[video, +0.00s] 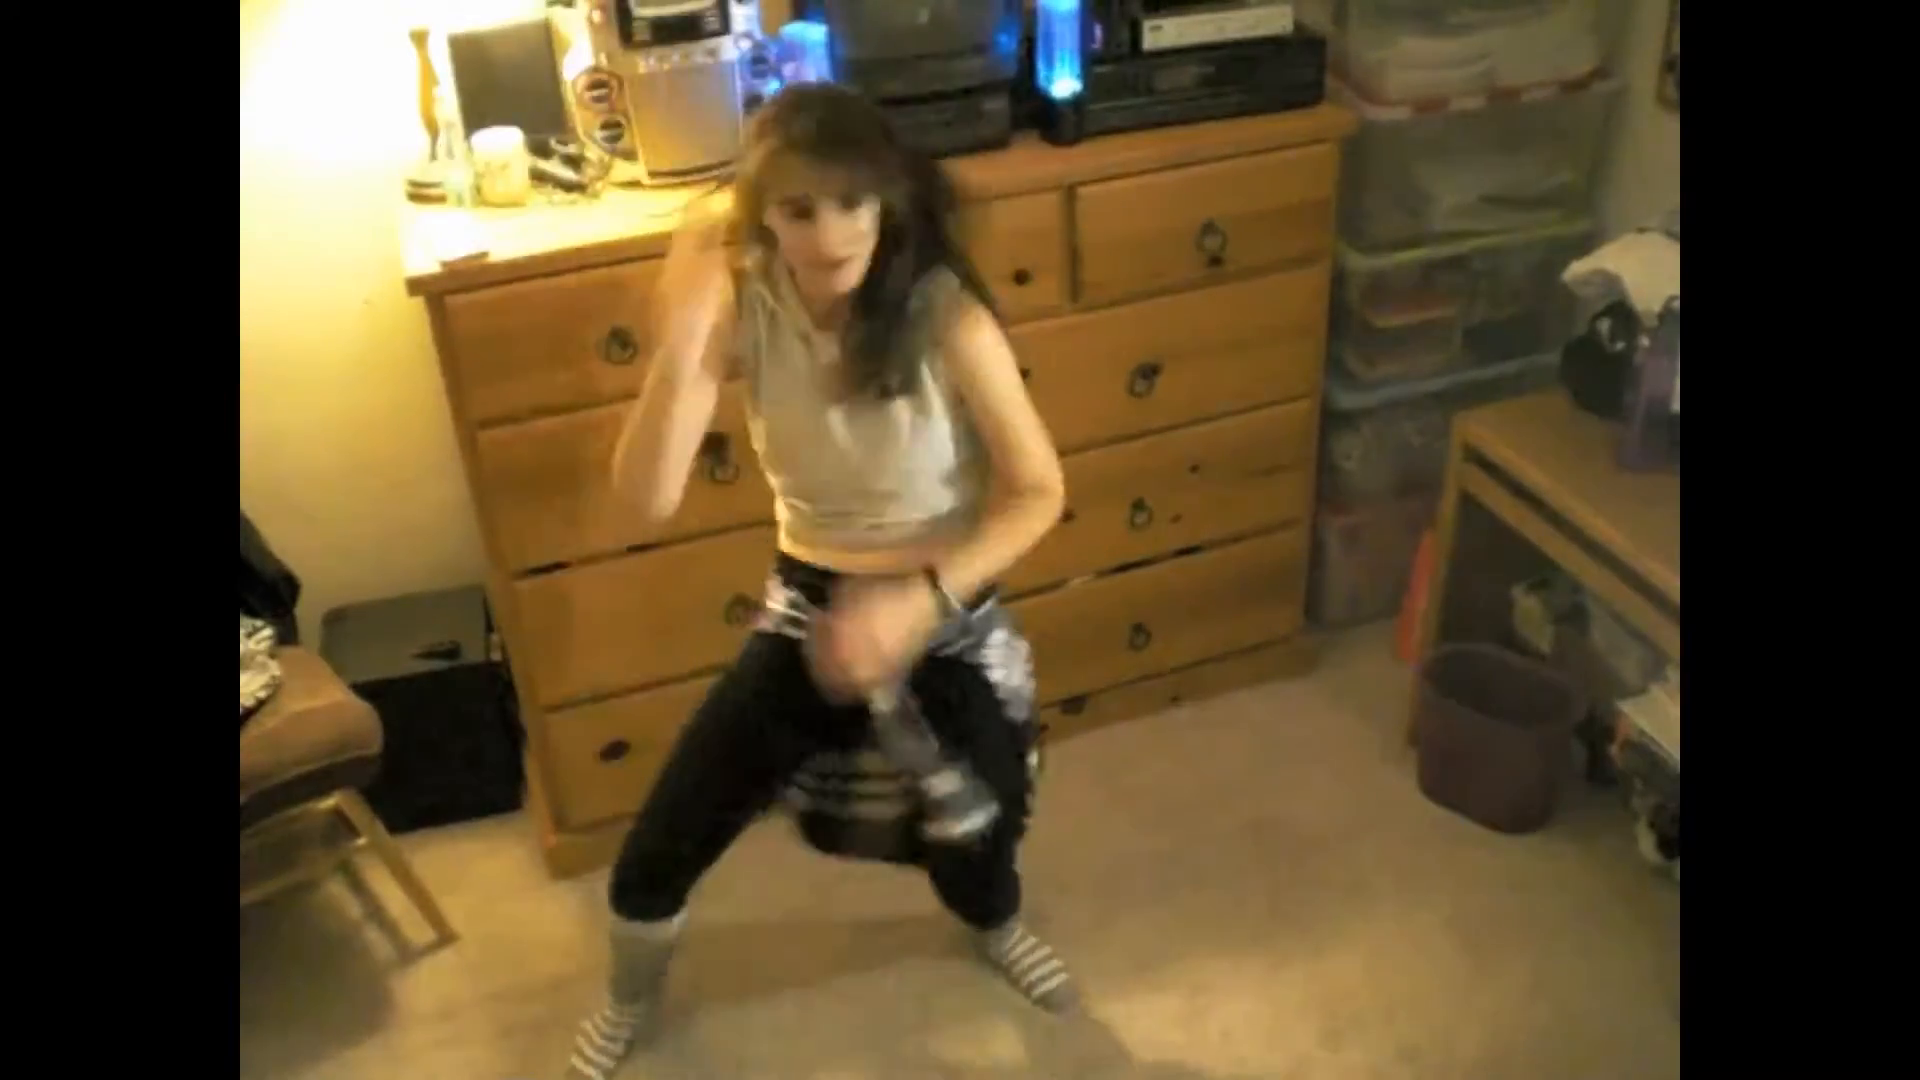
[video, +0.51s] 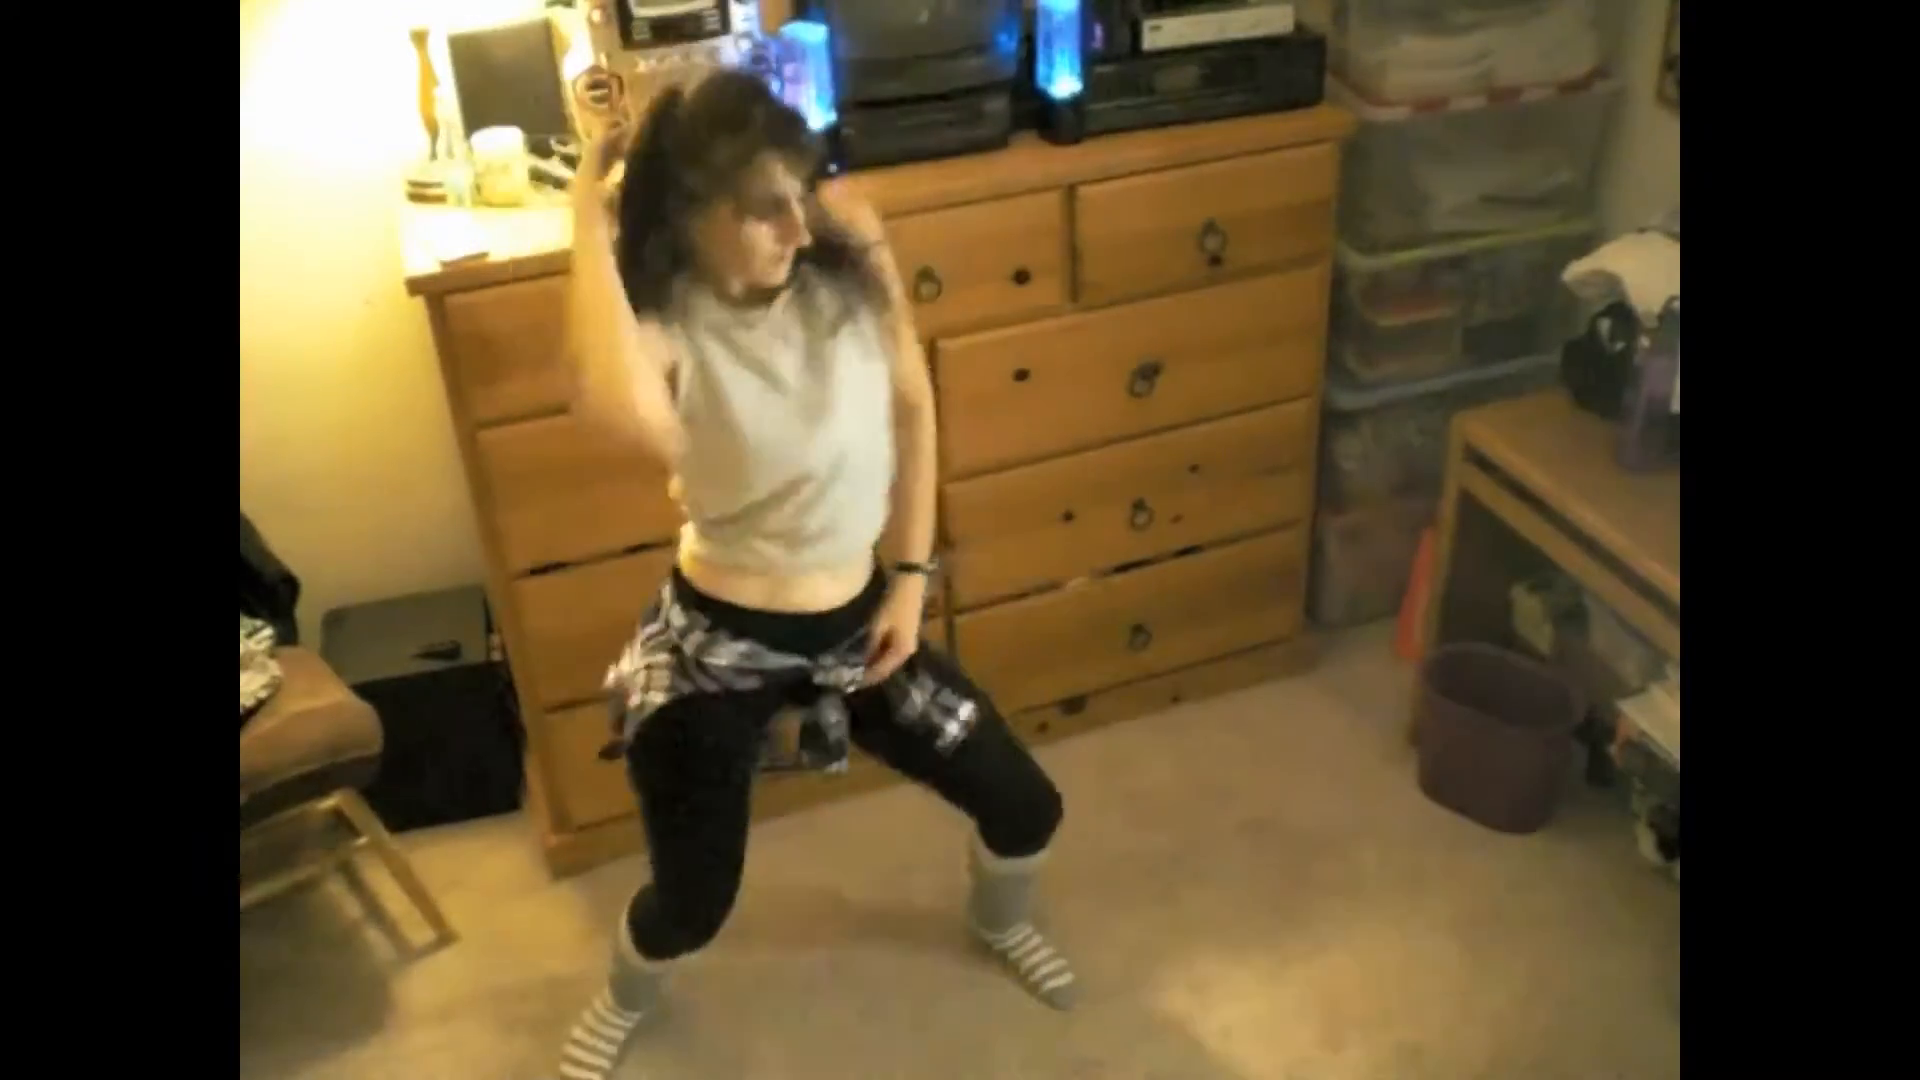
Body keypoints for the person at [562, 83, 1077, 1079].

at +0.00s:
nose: (828, 234)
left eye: (850, 204)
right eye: (798, 211)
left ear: (889, 205)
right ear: (763, 219)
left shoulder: (944, 316)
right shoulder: (743, 317)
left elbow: (1036, 490)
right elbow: (645, 505)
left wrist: (922, 598)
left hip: (946, 610)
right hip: (808, 611)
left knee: (978, 863)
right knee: (652, 865)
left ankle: (1001, 933)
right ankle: (627, 1010)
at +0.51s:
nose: (795, 228)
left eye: (800, 200)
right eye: (761, 211)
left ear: (812, 189)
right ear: (685, 220)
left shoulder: (852, 271)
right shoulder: (662, 325)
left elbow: (914, 406)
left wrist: (910, 574)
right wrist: (594, 240)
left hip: (859, 627)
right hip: (716, 646)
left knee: (1026, 810)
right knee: (693, 903)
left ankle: (1001, 920)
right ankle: (618, 1003)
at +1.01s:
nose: (838, 247)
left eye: (838, 220)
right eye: (816, 225)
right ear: (745, 226)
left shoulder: (784, 315)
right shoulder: (661, 344)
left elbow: (827, 443)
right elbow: (652, 547)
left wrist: (867, 529)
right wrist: (720, 710)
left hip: (830, 592)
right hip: (720, 659)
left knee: (994, 777)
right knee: (719, 937)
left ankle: (1009, 918)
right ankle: (625, 994)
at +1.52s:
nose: (562, 188)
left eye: (588, 158)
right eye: (556, 161)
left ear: (680, 158)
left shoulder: (819, 264)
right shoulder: (574, 302)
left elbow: (862, 451)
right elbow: (563, 442)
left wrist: (815, 615)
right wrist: (563, 588)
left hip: (786, 616)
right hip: (635, 626)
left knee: (944, 793)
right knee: (636, 869)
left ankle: (1009, 922)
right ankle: (617, 1007)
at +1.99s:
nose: (642, 152)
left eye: (659, 128)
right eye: (637, 128)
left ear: (733, 111)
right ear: (657, 116)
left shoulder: (850, 222)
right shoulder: (664, 196)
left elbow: (852, 444)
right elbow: (627, 344)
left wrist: (738, 600)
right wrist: (601, 495)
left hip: (791, 590)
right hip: (643, 568)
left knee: (888, 786)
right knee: (590, 805)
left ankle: (992, 922)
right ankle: (591, 1006)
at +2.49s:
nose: (882, 227)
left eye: (900, 195)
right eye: (848, 201)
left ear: (926, 199)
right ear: (795, 211)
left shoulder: (942, 322)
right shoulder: (737, 287)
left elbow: (944, 465)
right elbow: (682, 470)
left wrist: (937, 579)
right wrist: (718, 644)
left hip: (898, 622)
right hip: (760, 641)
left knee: (977, 806)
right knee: (641, 865)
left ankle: (1008, 928)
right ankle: (600, 1012)